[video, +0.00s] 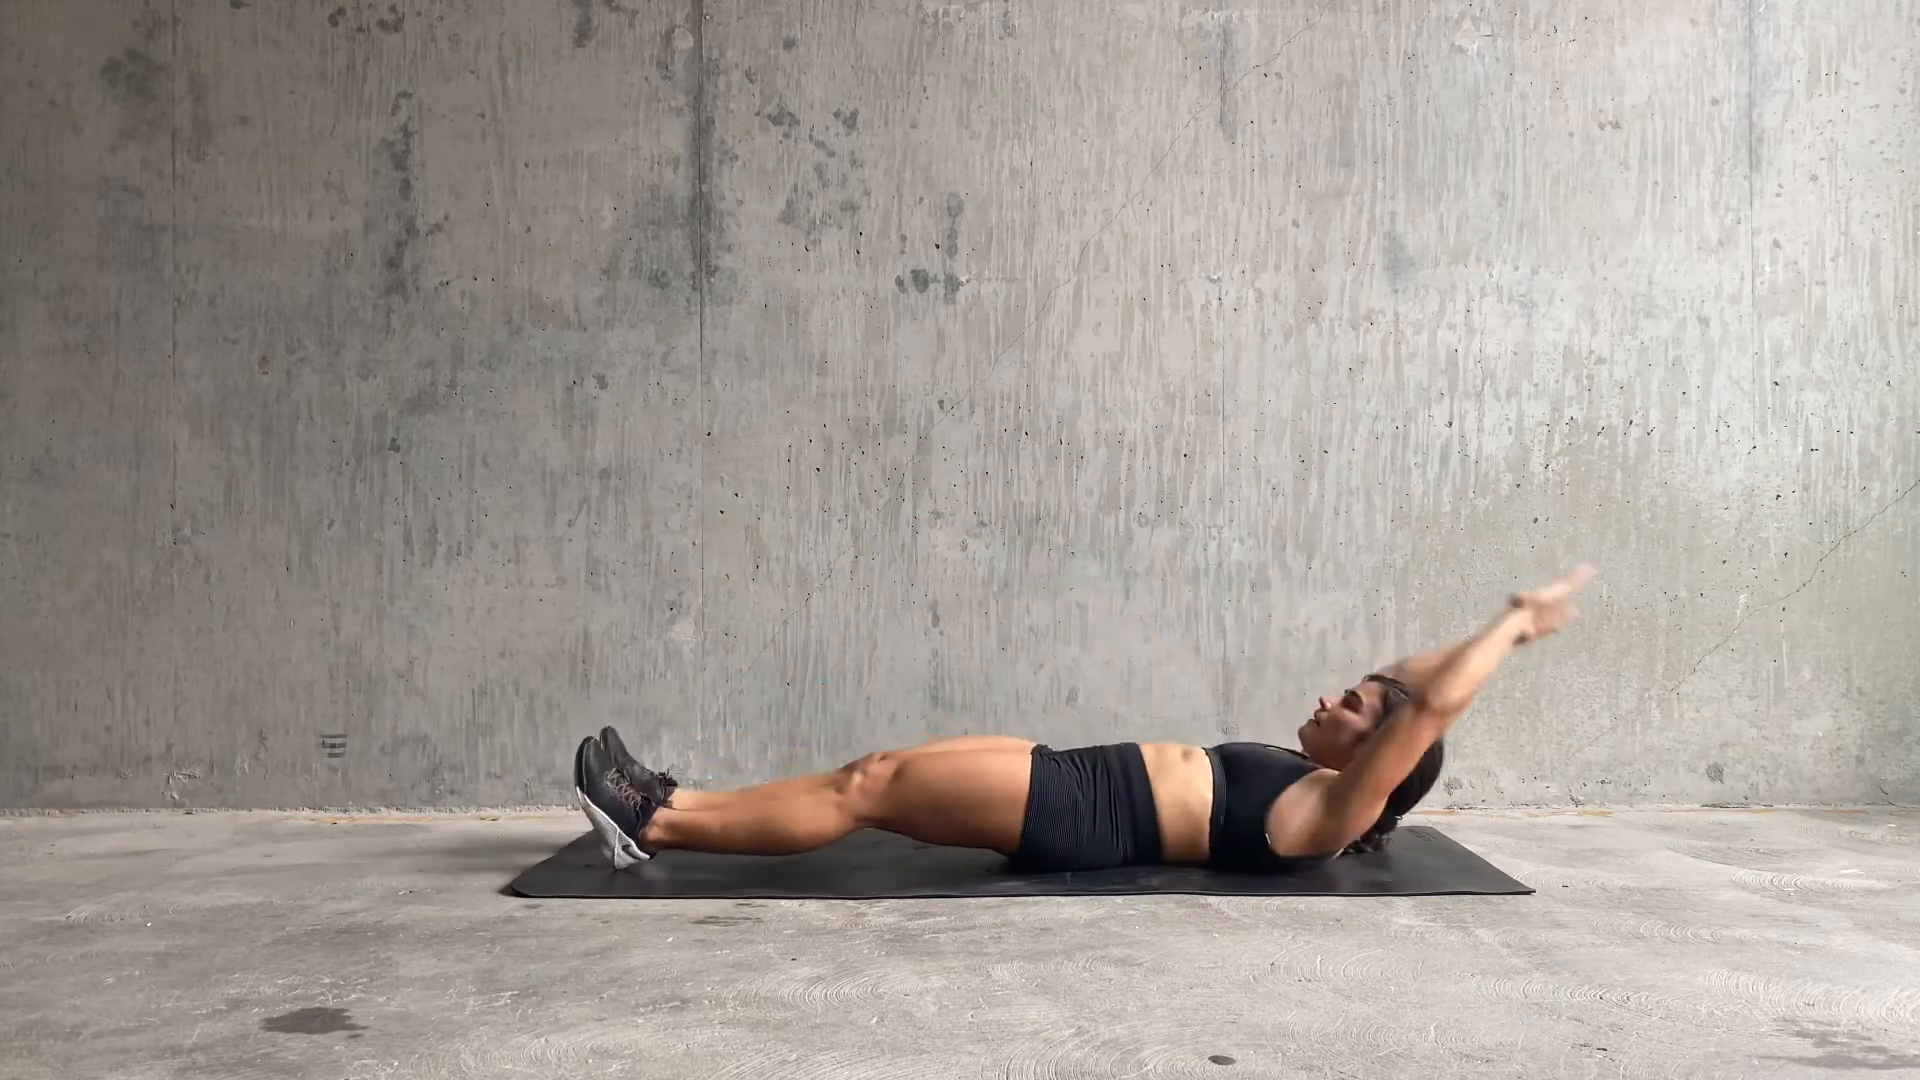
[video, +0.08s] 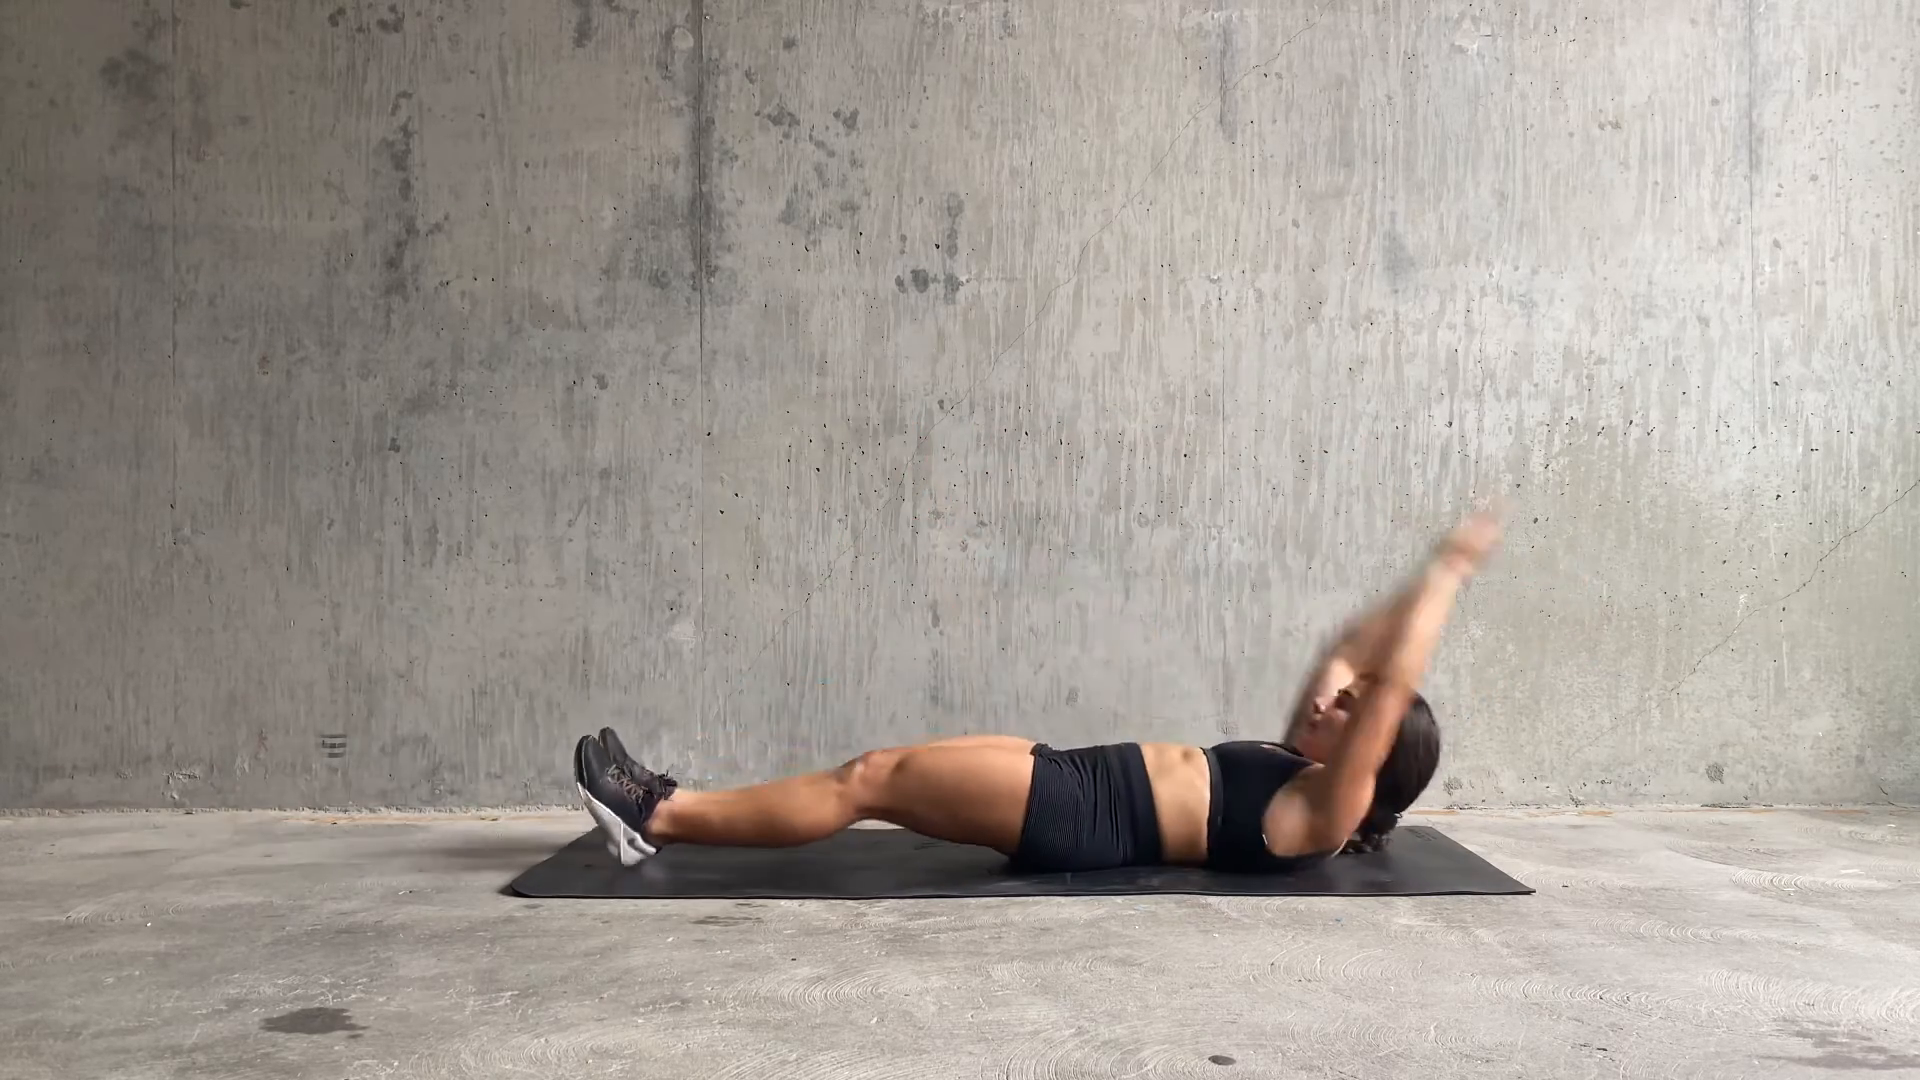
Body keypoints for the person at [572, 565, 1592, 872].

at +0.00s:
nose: (1338, 702)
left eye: (1358, 700)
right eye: (1352, 691)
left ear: (1380, 745)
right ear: (1361, 730)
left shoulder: (1324, 815)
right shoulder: (1313, 791)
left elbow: (1426, 708)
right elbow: (1410, 702)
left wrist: (1518, 628)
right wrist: (1500, 632)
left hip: (1089, 807)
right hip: (1089, 782)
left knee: (874, 785)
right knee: (874, 774)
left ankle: (659, 825)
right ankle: (668, 816)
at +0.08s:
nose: (1328, 697)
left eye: (1350, 697)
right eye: (1335, 684)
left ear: (1371, 735)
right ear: (1337, 709)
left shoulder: (1326, 813)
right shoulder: (1306, 779)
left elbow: (1391, 682)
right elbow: (1345, 666)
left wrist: (1453, 570)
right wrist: (1417, 584)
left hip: (1089, 808)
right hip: (1090, 781)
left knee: (876, 781)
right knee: (882, 771)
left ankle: (663, 817)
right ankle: (678, 807)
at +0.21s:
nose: (1296, 696)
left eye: (1315, 691)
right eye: (1308, 684)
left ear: (1354, 729)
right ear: (1347, 726)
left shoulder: (1307, 778)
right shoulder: (1305, 778)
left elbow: (1220, 654)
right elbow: (1228, 654)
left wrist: (1185, 535)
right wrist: (1192, 554)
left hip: (1085, 812)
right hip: (1085, 800)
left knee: (887, 753)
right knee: (876, 782)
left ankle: (667, 770)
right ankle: (672, 803)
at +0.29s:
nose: (1262, 659)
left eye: (1282, 656)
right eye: (1274, 647)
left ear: (1320, 692)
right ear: (1314, 686)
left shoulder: (1270, 745)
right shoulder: (1265, 730)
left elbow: (1145, 667)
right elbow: (1151, 657)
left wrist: (1041, 573)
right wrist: (1067, 558)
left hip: (1077, 812)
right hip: (1071, 808)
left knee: (891, 708)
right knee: (863, 772)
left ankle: (679, 663)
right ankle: (664, 811)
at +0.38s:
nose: (1220, 608)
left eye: (1236, 603)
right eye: (1228, 596)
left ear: (1276, 633)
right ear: (1265, 629)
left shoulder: (1243, 707)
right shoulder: (1215, 673)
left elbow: (1102, 665)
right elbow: (1089, 620)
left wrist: (978, 597)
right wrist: (998, 546)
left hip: (1069, 813)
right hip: (1059, 794)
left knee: (913, 664)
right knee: (856, 767)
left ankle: (732, 558)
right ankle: (655, 807)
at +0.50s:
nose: (1163, 554)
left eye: (1182, 549)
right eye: (1174, 542)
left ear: (1222, 582)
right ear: (1213, 577)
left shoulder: (1196, 662)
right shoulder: (1177, 634)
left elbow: (1051, 636)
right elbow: (1048, 582)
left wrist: (922, 581)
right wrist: (949, 505)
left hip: (1066, 815)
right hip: (1050, 791)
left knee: (957, 614)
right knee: (849, 761)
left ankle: (826, 455)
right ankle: (653, 807)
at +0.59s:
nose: (1150, 538)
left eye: (1169, 534)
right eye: (1163, 527)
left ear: (1203, 573)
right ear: (1197, 569)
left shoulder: (1183, 650)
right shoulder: (1165, 621)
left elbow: (1032, 620)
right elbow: (1036, 571)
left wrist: (914, 559)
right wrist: (946, 491)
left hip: (1069, 814)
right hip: (1053, 791)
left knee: (997, 622)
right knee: (852, 768)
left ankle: (867, 438)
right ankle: (654, 807)